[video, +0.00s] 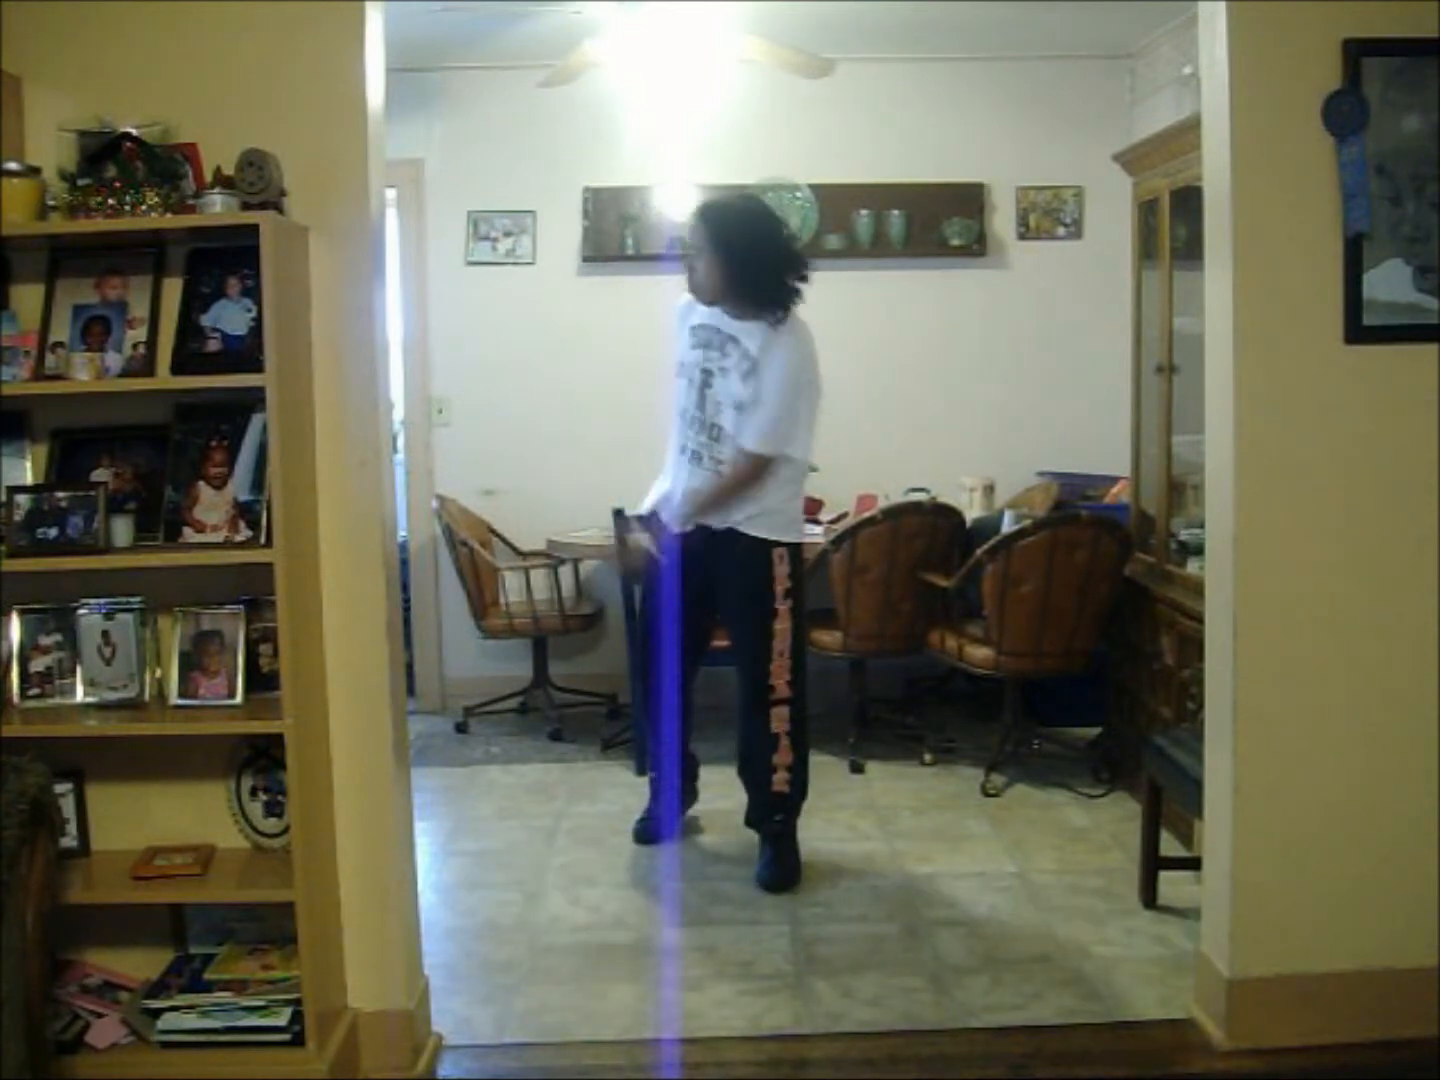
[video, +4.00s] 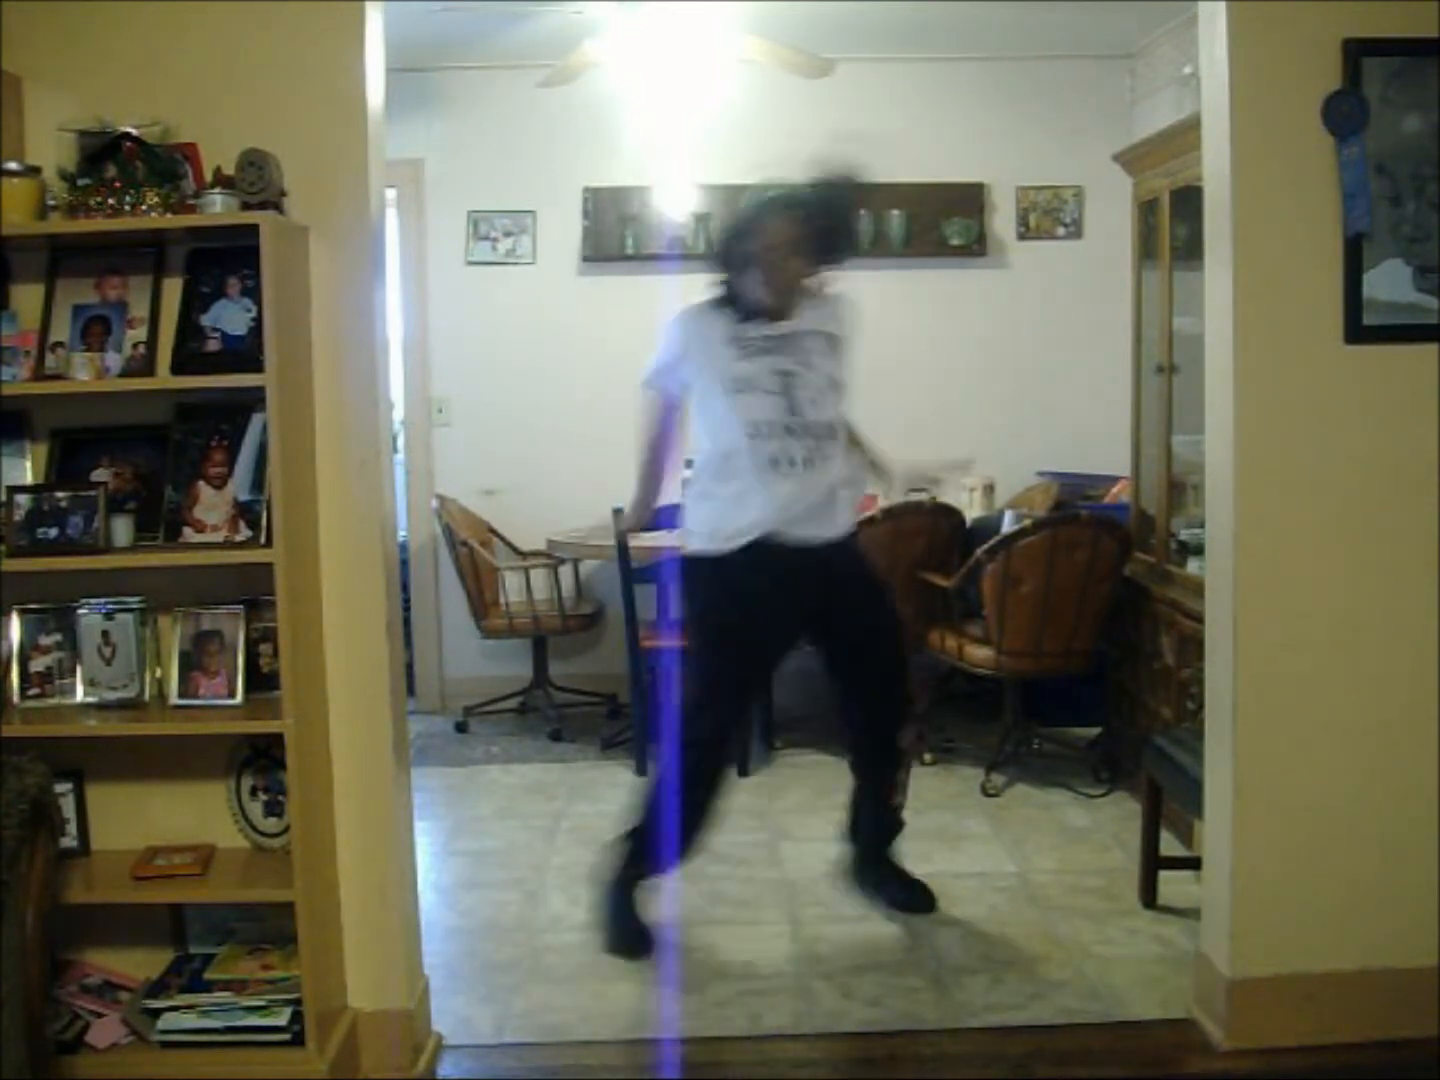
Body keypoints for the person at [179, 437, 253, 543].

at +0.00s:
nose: (219, 472)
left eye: (224, 467)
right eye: (214, 466)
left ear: (230, 469)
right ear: (203, 468)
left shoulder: (231, 488)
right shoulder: (199, 488)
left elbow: (236, 508)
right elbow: (186, 511)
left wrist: (234, 523)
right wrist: (199, 526)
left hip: (225, 533)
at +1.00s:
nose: (219, 472)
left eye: (224, 467)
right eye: (214, 466)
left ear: (230, 469)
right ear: (203, 468)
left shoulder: (231, 488)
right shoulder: (199, 488)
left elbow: (236, 509)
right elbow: (186, 511)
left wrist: (234, 523)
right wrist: (199, 526)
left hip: (225, 532)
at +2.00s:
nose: (219, 472)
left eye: (224, 467)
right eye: (214, 466)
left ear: (230, 469)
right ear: (203, 468)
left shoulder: (231, 488)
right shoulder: (199, 488)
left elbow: (236, 509)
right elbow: (186, 510)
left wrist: (234, 523)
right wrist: (198, 525)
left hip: (225, 534)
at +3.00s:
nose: (219, 472)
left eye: (224, 467)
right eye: (214, 466)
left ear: (231, 469)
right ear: (203, 468)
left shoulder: (231, 488)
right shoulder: (199, 488)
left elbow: (236, 509)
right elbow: (186, 511)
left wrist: (234, 523)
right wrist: (199, 526)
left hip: (225, 533)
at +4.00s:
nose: (219, 472)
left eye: (224, 467)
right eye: (213, 466)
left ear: (230, 469)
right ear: (203, 468)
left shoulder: (231, 488)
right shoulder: (199, 488)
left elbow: (236, 509)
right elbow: (187, 510)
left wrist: (234, 524)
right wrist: (198, 525)